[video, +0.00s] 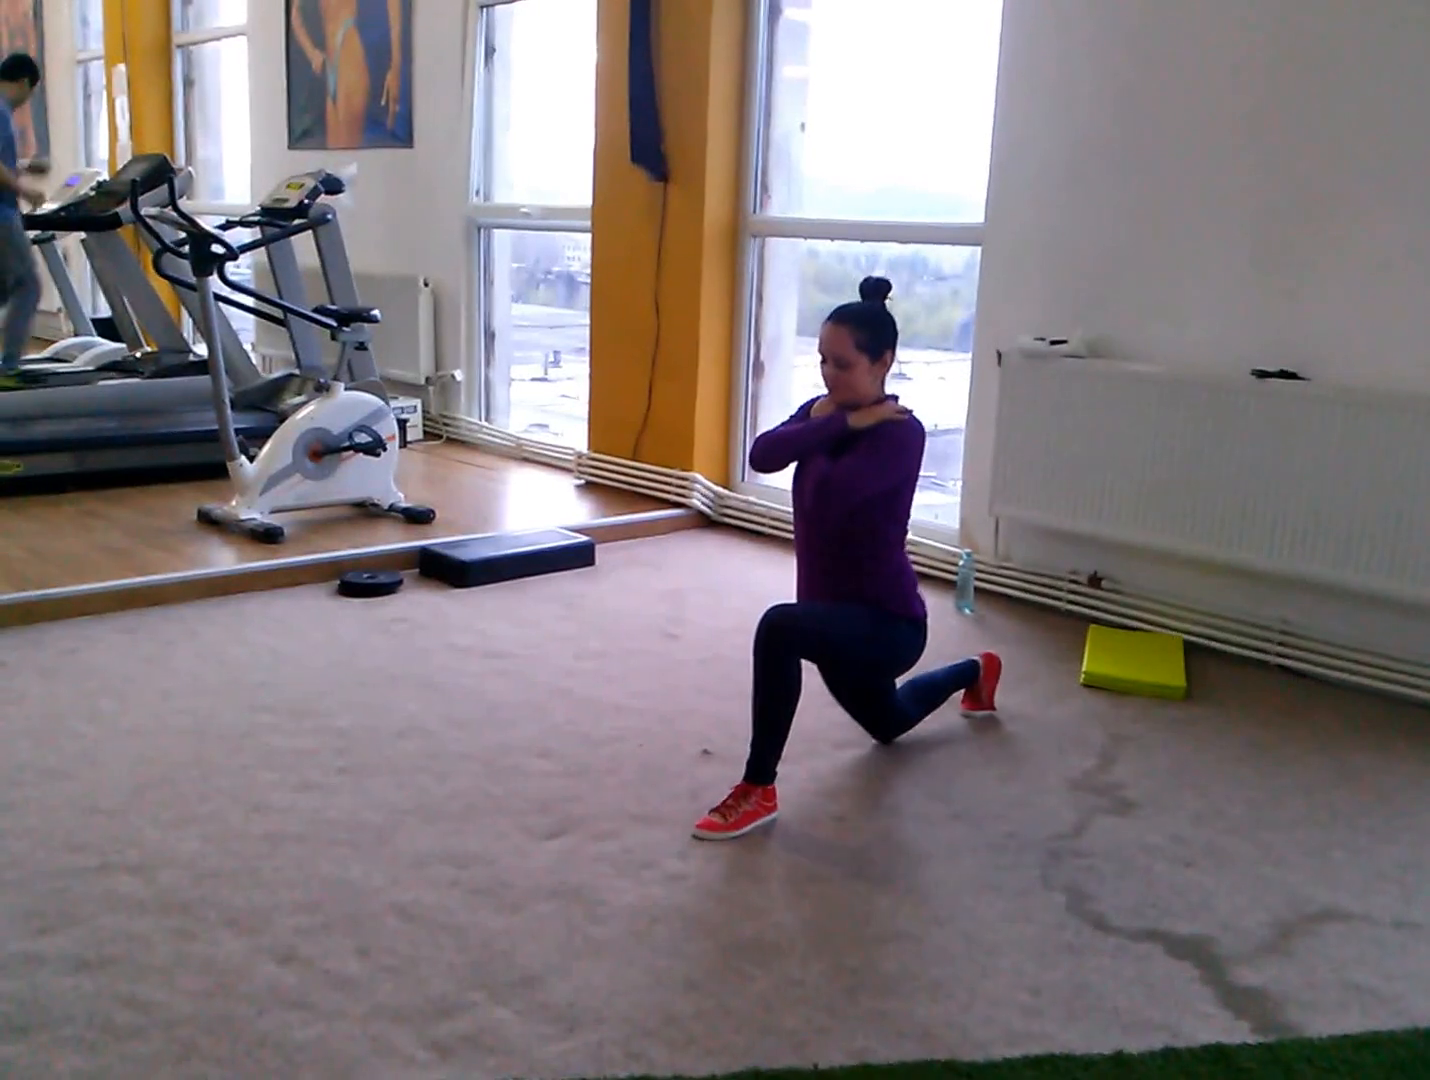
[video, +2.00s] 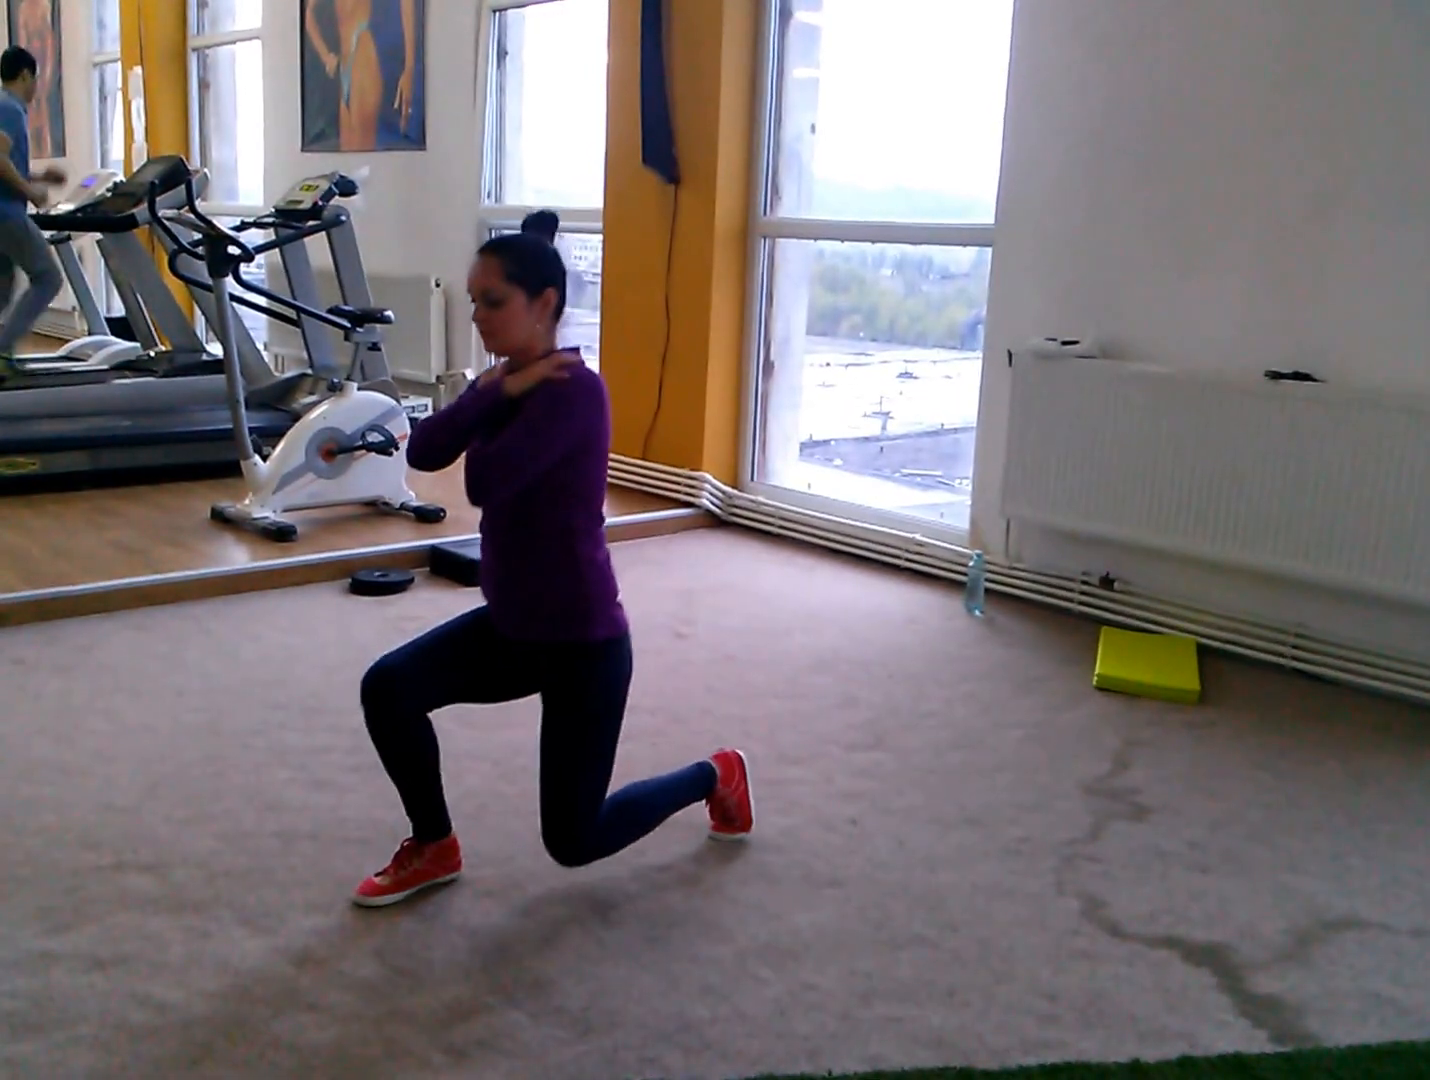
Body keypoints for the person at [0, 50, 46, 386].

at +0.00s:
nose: (29, 96)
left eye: (31, 89)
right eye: (30, 88)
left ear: (10, 80)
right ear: (21, 82)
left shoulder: (5, 114)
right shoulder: (2, 115)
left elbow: (1, 163)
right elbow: (0, 167)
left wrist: (24, 167)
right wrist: (25, 188)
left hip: (9, 211)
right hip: (5, 213)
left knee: (16, 283)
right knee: (27, 283)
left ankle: (10, 360)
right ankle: (9, 362)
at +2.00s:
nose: (35, 88)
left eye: (35, 80)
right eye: (35, 79)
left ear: (10, 76)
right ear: (24, 75)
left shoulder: (8, 110)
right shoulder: (10, 111)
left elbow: (8, 166)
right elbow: (4, 160)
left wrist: (40, 175)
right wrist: (31, 191)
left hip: (7, 212)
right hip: (8, 214)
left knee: (5, 287)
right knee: (49, 279)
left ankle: (4, 351)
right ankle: (5, 346)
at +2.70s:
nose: (37, 91)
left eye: (36, 83)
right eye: (36, 83)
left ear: (12, 81)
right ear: (25, 80)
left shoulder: (8, 113)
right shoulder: (12, 115)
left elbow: (11, 168)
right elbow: (9, 165)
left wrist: (38, 201)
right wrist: (40, 200)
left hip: (10, 218)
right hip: (8, 219)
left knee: (26, 287)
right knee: (38, 287)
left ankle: (5, 359)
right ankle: (2, 353)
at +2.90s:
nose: (44, 77)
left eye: (44, 70)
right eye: (43, 69)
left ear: (20, 67)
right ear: (31, 67)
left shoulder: (15, 102)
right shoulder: (7, 99)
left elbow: (13, 155)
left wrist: (45, 153)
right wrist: (23, 173)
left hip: (11, 205)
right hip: (9, 206)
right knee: (45, 276)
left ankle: (59, 357)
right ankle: (59, 358)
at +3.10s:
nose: (44, 86)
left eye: (44, 79)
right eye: (42, 79)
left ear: (18, 79)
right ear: (31, 79)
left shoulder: (12, 113)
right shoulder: (11, 115)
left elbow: (11, 172)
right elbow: (9, 171)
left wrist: (41, 194)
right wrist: (45, 194)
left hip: (12, 212)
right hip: (9, 214)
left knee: (25, 286)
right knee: (32, 286)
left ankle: (5, 353)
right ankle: (3, 355)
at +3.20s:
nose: (46, 80)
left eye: (45, 73)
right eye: (43, 73)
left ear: (17, 71)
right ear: (31, 72)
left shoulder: (9, 101)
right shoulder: (15, 105)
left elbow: (21, 159)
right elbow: (23, 160)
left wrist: (52, 162)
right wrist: (59, 164)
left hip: (12, 215)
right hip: (8, 216)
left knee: (45, 271)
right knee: (3, 289)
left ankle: (26, 353)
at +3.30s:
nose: (45, 76)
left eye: (45, 69)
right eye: (43, 69)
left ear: (15, 66)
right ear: (30, 66)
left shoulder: (8, 95)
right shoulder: (19, 99)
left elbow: (24, 150)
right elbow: (27, 151)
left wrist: (48, 153)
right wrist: (54, 156)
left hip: (12, 212)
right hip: (9, 213)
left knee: (42, 275)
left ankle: (61, 356)